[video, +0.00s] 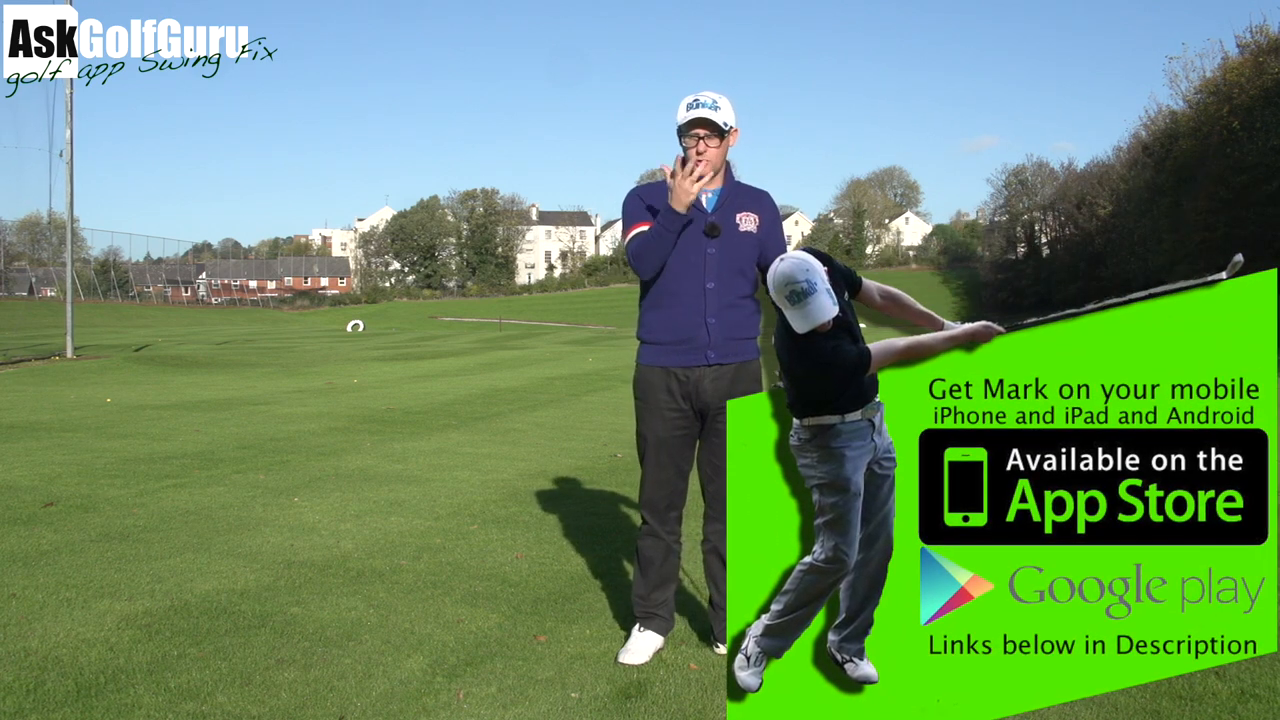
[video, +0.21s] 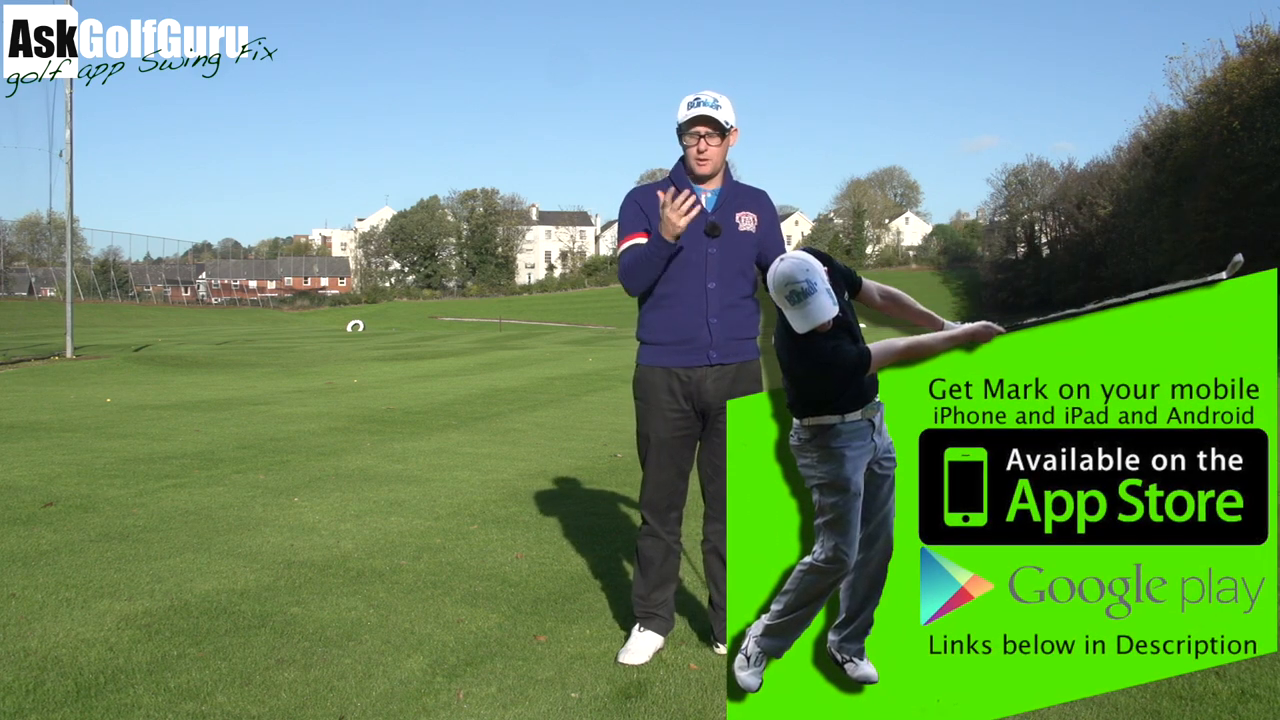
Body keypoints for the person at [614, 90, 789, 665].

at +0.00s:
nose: (699, 145)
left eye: (709, 136)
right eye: (690, 136)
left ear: (731, 140)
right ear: (679, 140)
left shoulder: (757, 203)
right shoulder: (648, 197)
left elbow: (782, 286)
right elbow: (642, 264)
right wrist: (676, 209)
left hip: (735, 373)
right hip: (662, 374)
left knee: (731, 510)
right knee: (659, 507)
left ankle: (733, 626)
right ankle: (652, 620)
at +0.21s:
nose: (701, 144)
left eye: (711, 135)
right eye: (692, 135)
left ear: (730, 141)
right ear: (680, 141)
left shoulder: (755, 203)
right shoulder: (644, 200)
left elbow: (783, 281)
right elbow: (634, 280)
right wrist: (666, 236)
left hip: (737, 373)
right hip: (663, 374)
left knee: (732, 510)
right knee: (660, 507)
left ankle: (733, 625)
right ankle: (651, 621)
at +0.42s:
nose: (702, 142)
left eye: (712, 133)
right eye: (693, 134)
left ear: (730, 140)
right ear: (680, 142)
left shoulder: (754, 204)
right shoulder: (641, 206)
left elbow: (775, 280)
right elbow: (616, 291)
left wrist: (815, 298)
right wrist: (650, 289)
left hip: (736, 375)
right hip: (663, 377)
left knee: (730, 510)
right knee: (660, 506)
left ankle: (731, 624)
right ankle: (651, 620)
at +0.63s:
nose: (698, 143)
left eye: (708, 134)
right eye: (689, 133)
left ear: (724, 142)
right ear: (674, 140)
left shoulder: (751, 203)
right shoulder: (636, 206)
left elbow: (775, 284)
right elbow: (610, 289)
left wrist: (788, 343)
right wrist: (644, 296)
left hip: (733, 375)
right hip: (658, 376)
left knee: (727, 509)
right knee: (656, 506)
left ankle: (730, 624)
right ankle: (651, 620)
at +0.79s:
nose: (691, 144)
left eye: (702, 135)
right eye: (682, 134)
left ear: (717, 142)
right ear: (668, 138)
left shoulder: (743, 200)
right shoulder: (628, 207)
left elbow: (768, 280)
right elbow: (617, 292)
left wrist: (746, 327)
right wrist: (675, 300)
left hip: (723, 374)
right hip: (650, 375)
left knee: (723, 507)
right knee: (651, 508)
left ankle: (729, 622)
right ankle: (651, 620)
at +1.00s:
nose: (677, 143)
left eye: (688, 135)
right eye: (669, 134)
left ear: (704, 142)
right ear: (656, 139)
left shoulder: (732, 199)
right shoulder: (618, 209)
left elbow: (750, 280)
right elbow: (622, 296)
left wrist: (721, 336)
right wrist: (679, 335)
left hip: (714, 371)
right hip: (643, 373)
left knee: (719, 504)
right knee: (648, 507)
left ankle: (727, 620)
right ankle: (650, 620)